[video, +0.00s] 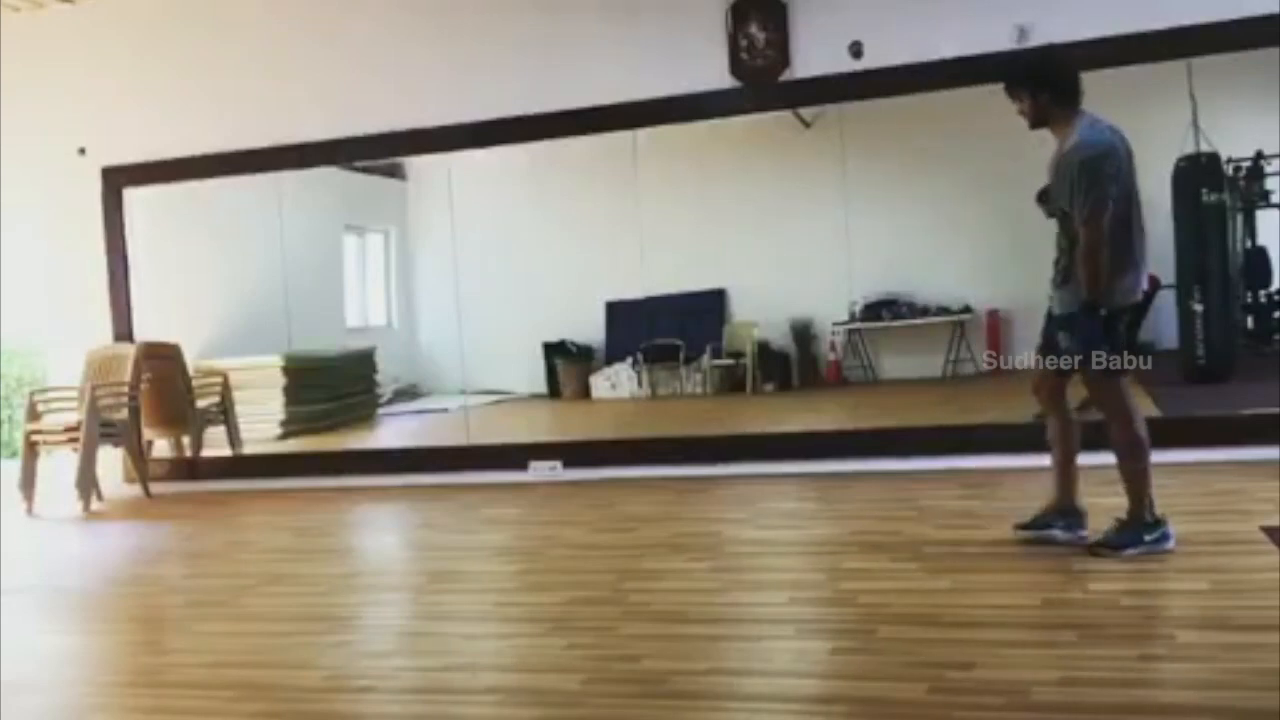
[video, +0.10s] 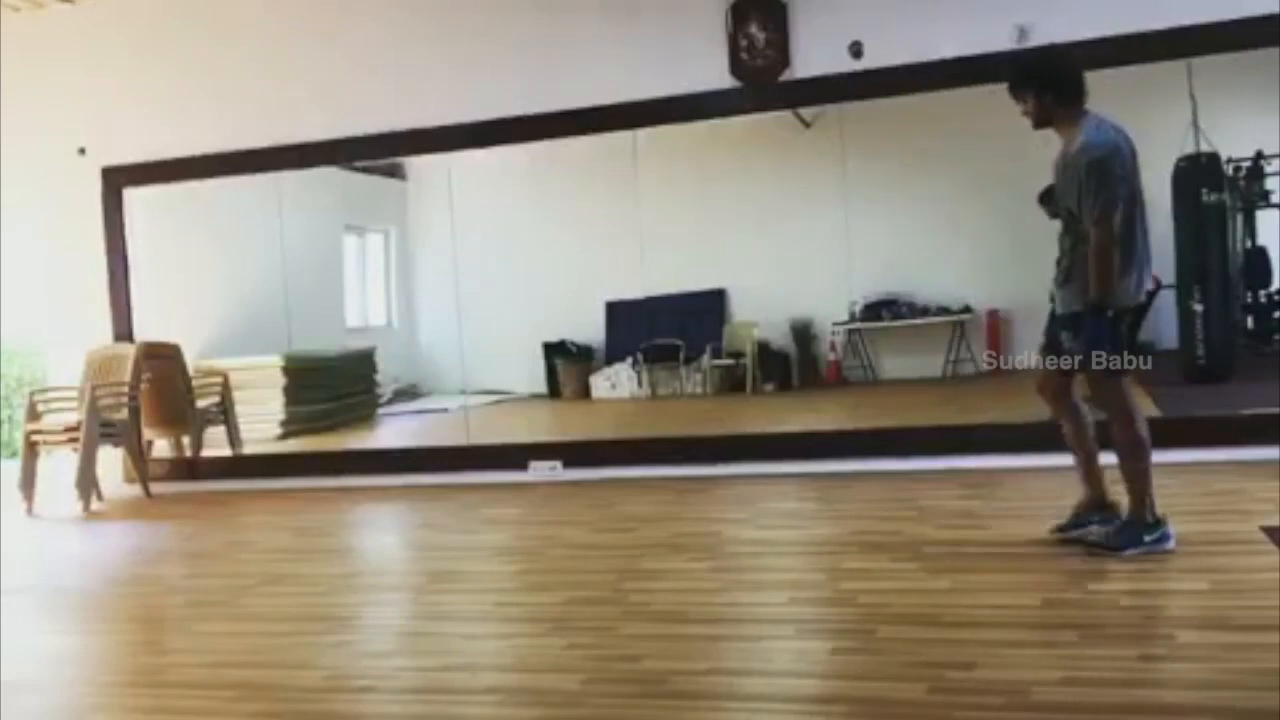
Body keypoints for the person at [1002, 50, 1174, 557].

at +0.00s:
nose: (1016, 108)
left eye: (1019, 97)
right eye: (1014, 99)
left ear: (1045, 95)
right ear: (1054, 95)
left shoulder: (1092, 148)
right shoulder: (1078, 143)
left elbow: (1094, 233)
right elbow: (1092, 225)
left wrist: (1096, 302)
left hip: (1100, 302)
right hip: (1073, 298)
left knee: (1111, 397)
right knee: (1048, 387)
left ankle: (1144, 517)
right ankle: (1065, 507)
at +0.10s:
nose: (1021, 110)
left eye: (1024, 99)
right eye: (1019, 101)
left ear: (1050, 95)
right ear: (1057, 96)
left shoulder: (1100, 147)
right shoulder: (1074, 145)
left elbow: (1105, 234)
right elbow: (1089, 220)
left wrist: (1104, 307)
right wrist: (1061, 206)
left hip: (1105, 303)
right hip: (1073, 300)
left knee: (1111, 395)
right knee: (1053, 385)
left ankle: (1145, 518)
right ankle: (1096, 500)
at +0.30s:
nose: (1035, 110)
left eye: (1037, 99)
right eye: (1033, 100)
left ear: (1063, 95)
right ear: (1063, 95)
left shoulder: (1112, 151)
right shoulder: (1084, 139)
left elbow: (1125, 238)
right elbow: (1095, 213)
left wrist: (1117, 312)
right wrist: (1070, 202)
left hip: (1110, 300)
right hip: (1081, 296)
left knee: (1118, 399)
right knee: (1071, 388)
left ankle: (1145, 519)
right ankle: (1180, 463)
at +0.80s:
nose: (1032, 105)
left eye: (1036, 94)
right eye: (1031, 95)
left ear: (1061, 92)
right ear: (1068, 91)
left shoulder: (1105, 149)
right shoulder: (1081, 139)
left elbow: (1112, 238)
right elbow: (1096, 213)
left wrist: (1098, 306)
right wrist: (1068, 206)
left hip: (1115, 298)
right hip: (1083, 292)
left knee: (1118, 394)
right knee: (1052, 384)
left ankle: (1146, 518)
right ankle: (1103, 488)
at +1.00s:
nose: (1017, 109)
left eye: (1019, 98)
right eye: (1015, 99)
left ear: (1041, 95)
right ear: (1057, 91)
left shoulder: (1073, 147)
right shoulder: (1093, 134)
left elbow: (1082, 229)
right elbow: (1105, 220)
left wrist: (1068, 293)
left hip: (1101, 298)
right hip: (1107, 292)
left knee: (1114, 401)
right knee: (1054, 394)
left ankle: (1145, 519)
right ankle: (1024, 504)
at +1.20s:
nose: (991, 109)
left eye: (995, 98)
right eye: (989, 100)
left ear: (1023, 95)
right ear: (1014, 102)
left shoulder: (1058, 139)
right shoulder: (1028, 145)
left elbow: (1056, 124)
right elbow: (1088, 136)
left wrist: (1047, 71)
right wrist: (1103, 109)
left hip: (1082, 297)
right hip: (1047, 299)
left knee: (1099, 402)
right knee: (1031, 402)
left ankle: (1143, 519)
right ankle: (1003, 514)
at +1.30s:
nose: (983, 107)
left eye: (988, 96)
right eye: (982, 98)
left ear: (1013, 92)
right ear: (1012, 98)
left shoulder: (1038, 130)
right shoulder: (1048, 131)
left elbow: (1042, 65)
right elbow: (1076, 96)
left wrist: (1029, 9)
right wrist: (1083, 55)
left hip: (1059, 290)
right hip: (1040, 290)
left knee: (1093, 403)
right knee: (1022, 402)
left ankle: (1140, 518)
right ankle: (1000, 514)